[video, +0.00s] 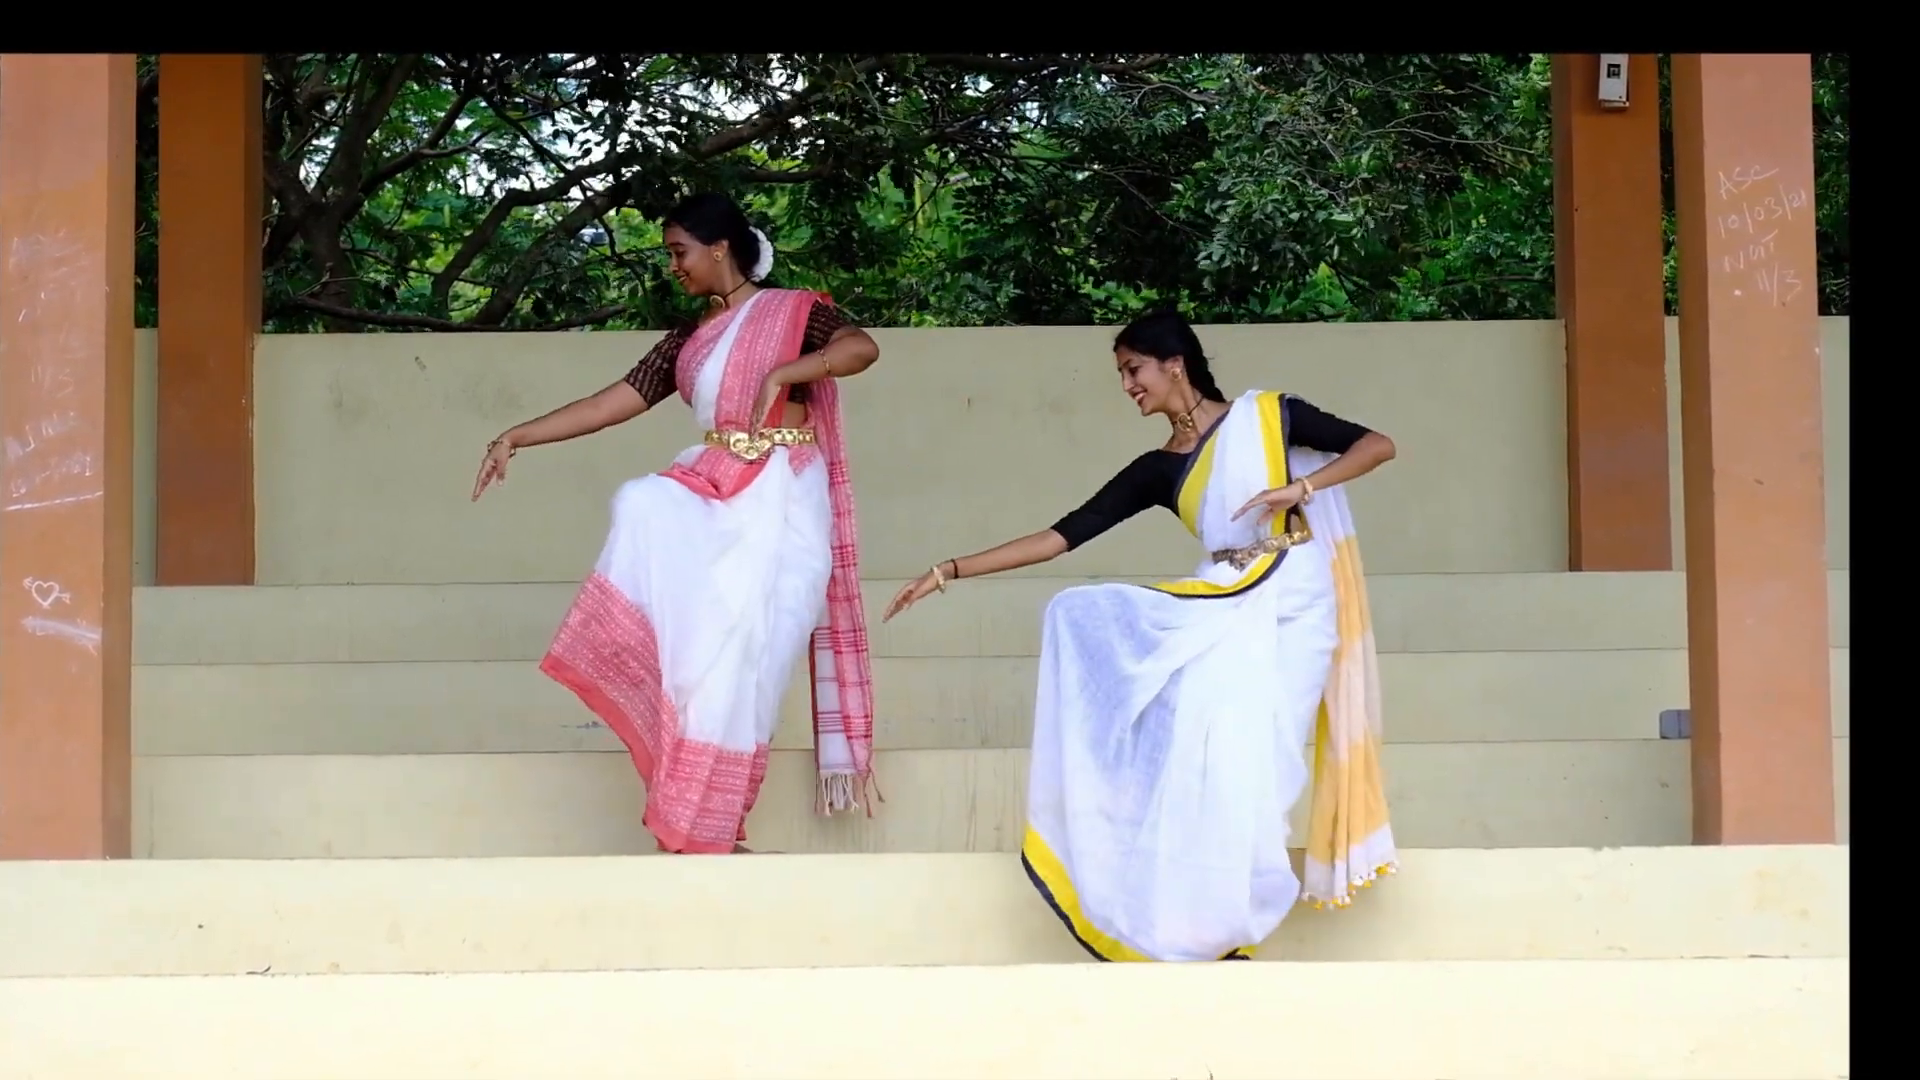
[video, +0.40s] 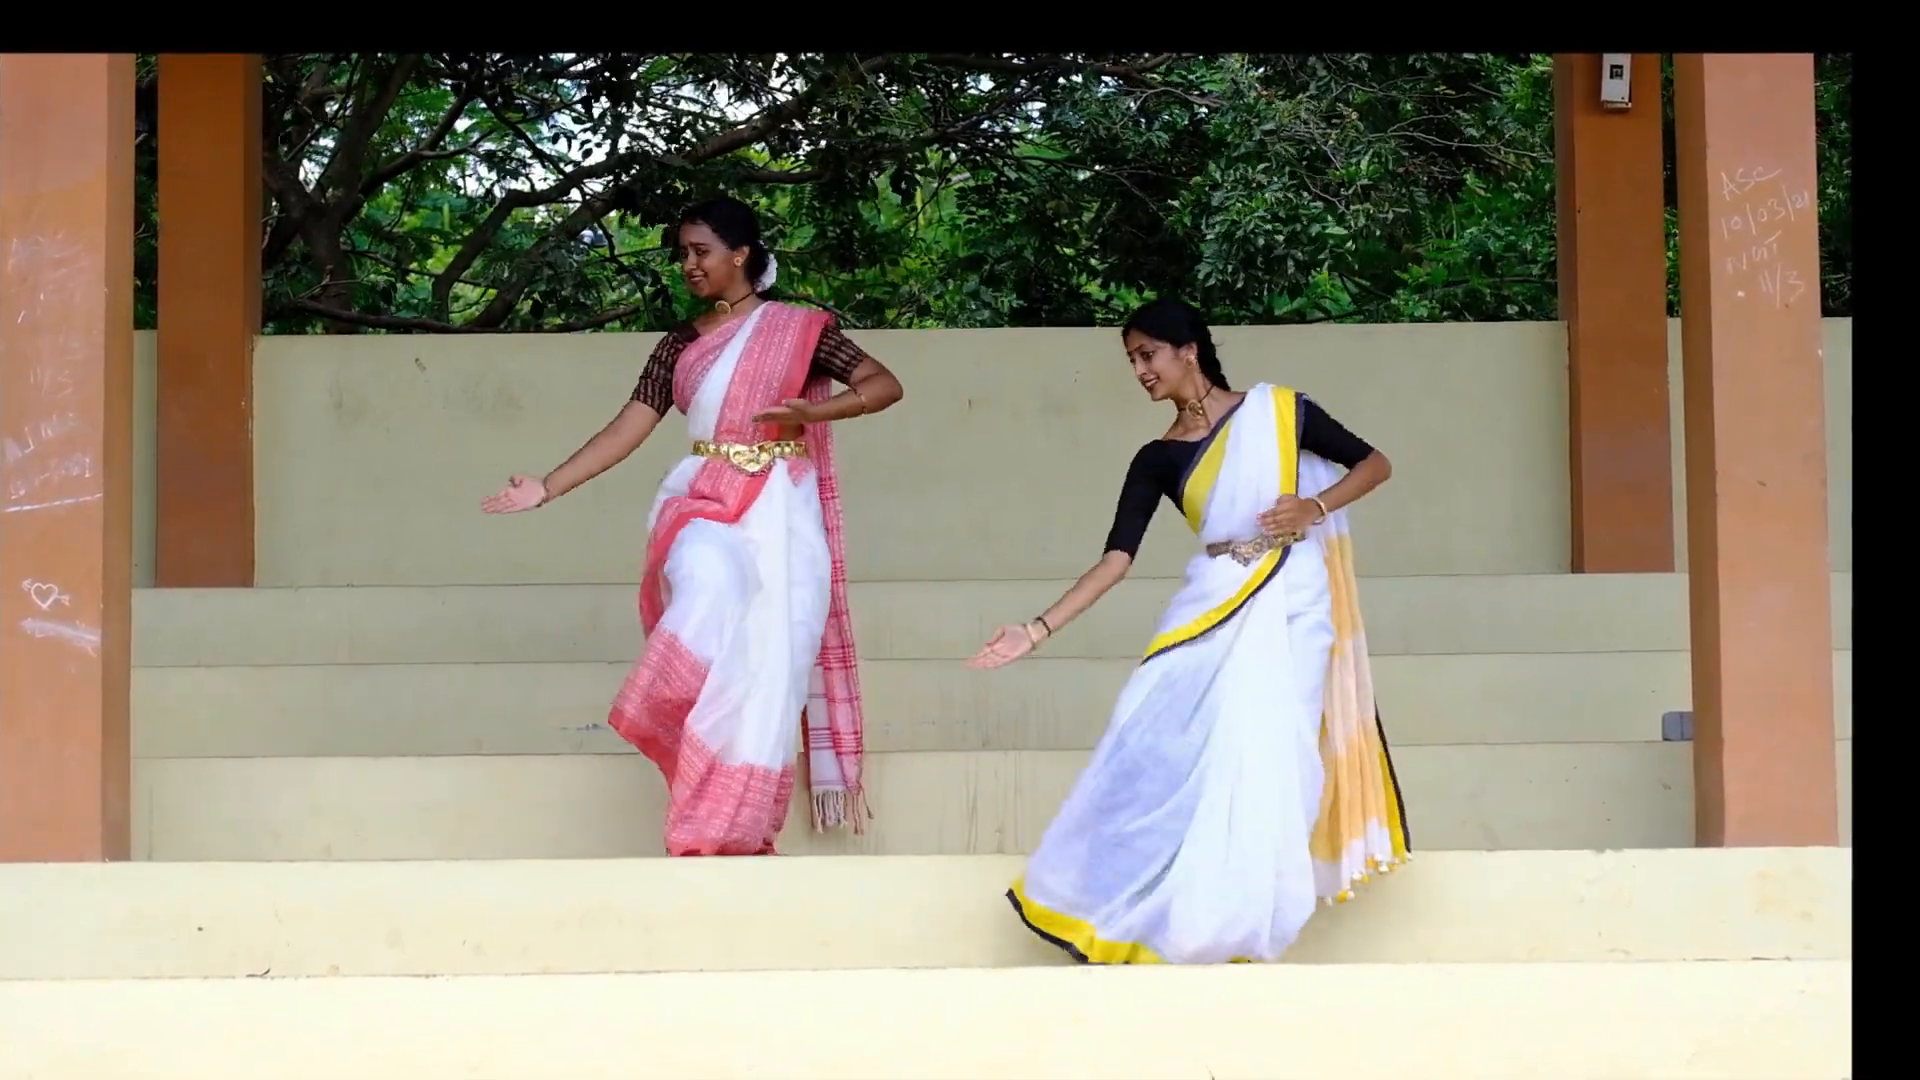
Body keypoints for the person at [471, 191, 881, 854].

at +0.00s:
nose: (675, 266)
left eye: (682, 252)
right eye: (671, 255)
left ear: (724, 247)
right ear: (697, 254)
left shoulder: (791, 306)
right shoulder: (692, 341)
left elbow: (862, 349)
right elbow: (608, 405)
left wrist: (785, 374)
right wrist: (512, 436)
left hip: (787, 488)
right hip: (714, 482)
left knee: (732, 635)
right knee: (639, 498)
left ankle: (711, 815)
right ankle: (647, 659)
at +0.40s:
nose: (688, 265)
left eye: (700, 252)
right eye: (683, 254)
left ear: (744, 253)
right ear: (685, 259)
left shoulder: (799, 325)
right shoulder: (681, 346)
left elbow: (885, 384)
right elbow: (625, 430)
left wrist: (814, 411)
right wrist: (546, 486)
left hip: (783, 509)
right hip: (703, 503)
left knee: (772, 657)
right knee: (711, 574)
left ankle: (737, 825)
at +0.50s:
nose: (715, 263)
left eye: (729, 249)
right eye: (703, 251)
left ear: (757, 259)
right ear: (693, 264)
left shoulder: (800, 336)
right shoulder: (681, 345)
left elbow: (882, 400)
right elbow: (649, 433)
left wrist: (818, 427)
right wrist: (595, 513)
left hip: (782, 507)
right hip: (704, 505)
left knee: (783, 653)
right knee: (728, 624)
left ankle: (764, 824)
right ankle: (715, 801)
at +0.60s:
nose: (744, 261)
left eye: (755, 249)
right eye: (730, 249)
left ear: (770, 261)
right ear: (707, 262)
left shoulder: (797, 341)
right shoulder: (684, 346)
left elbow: (872, 410)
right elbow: (677, 439)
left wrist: (831, 432)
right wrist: (658, 516)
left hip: (781, 511)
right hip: (707, 511)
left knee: (783, 654)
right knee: (723, 651)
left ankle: (769, 822)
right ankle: (717, 805)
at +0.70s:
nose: (761, 262)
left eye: (770, 251)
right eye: (746, 248)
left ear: (776, 263)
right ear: (714, 260)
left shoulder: (791, 343)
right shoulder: (692, 339)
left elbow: (854, 415)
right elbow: (703, 426)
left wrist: (829, 432)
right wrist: (720, 501)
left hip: (780, 507)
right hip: (713, 499)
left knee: (781, 650)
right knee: (730, 648)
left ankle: (772, 811)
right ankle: (713, 813)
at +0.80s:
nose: (768, 256)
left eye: (775, 245)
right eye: (753, 243)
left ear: (780, 256)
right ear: (719, 253)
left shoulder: (787, 340)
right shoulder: (698, 331)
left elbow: (839, 411)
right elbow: (725, 410)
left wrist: (824, 425)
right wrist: (771, 469)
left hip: (777, 498)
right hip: (714, 497)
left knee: (784, 646)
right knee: (730, 648)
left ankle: (784, 809)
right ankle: (714, 812)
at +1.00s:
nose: (778, 241)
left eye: (783, 230)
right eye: (763, 228)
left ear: (784, 243)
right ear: (726, 240)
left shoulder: (783, 329)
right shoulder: (711, 310)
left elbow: (829, 417)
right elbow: (760, 377)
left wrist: (812, 382)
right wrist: (834, 395)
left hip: (771, 490)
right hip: (713, 485)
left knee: (782, 638)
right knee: (731, 638)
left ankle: (791, 809)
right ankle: (730, 812)